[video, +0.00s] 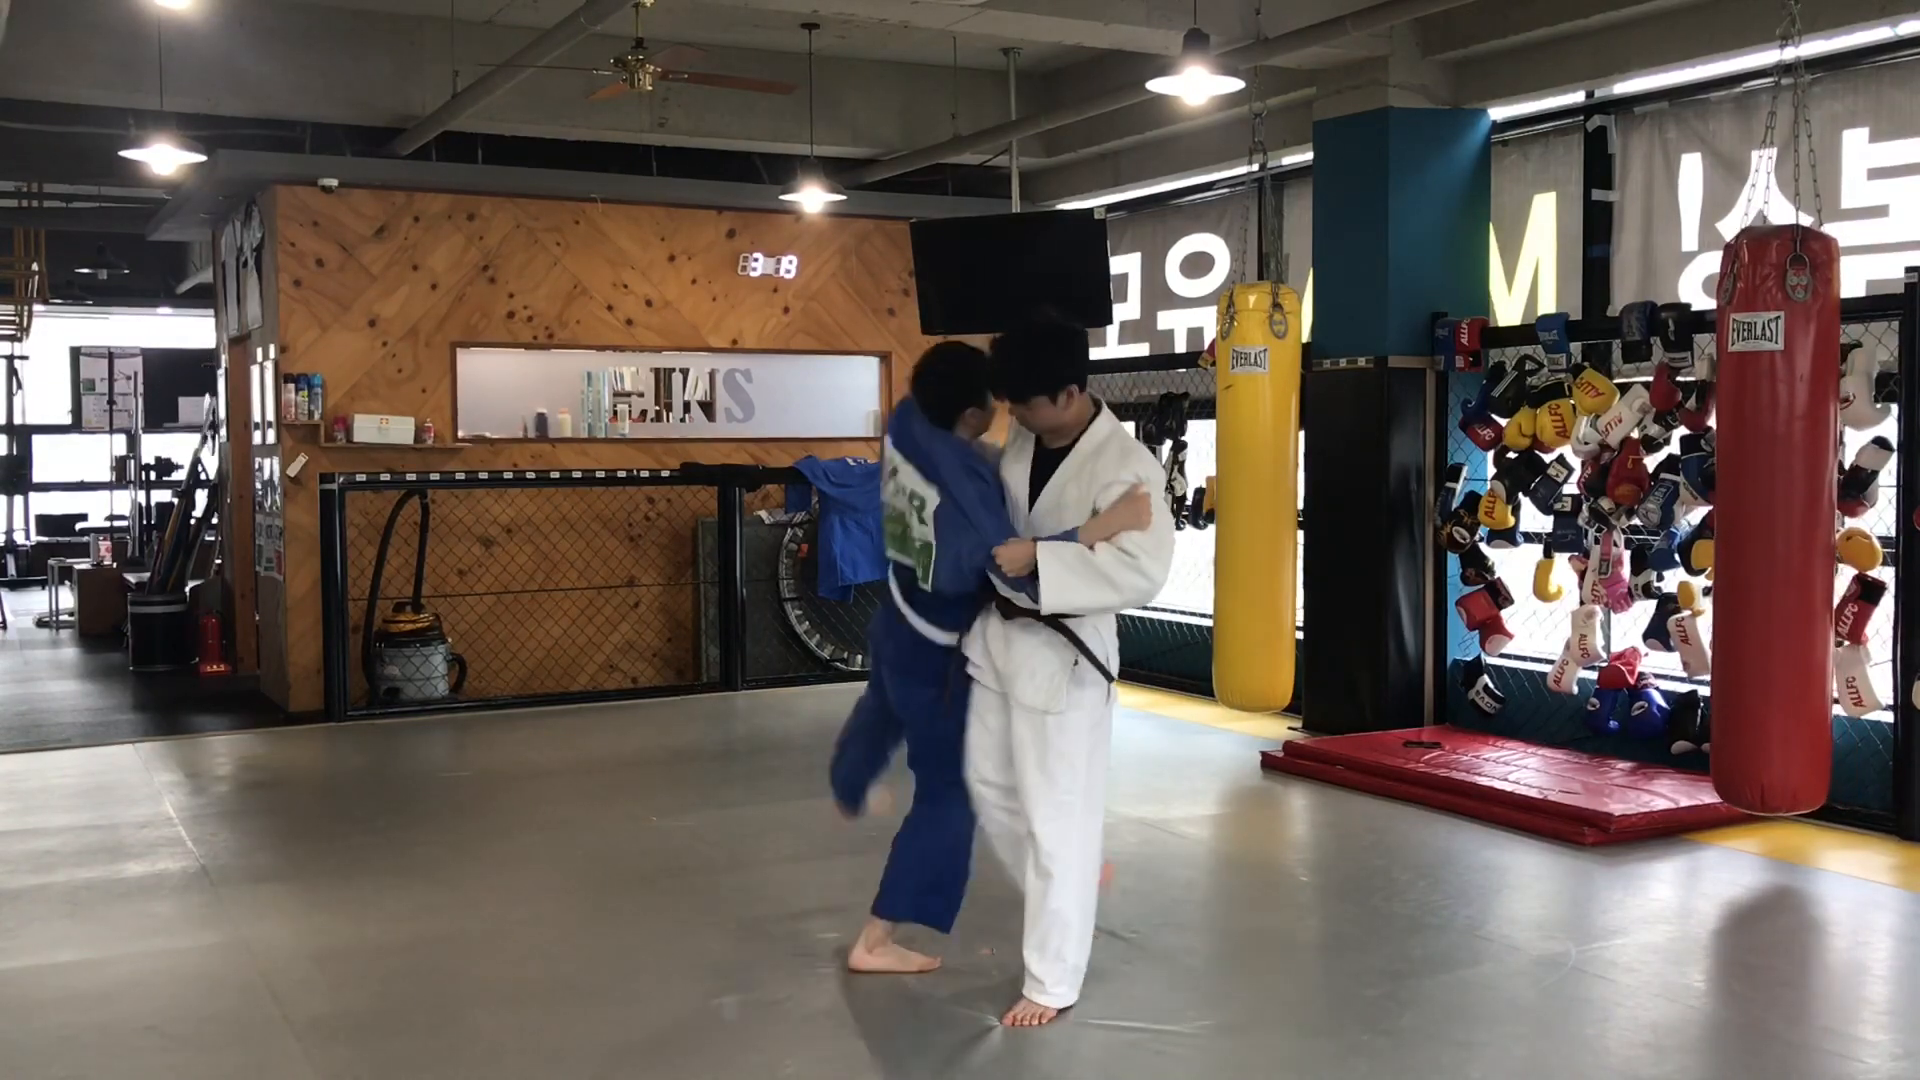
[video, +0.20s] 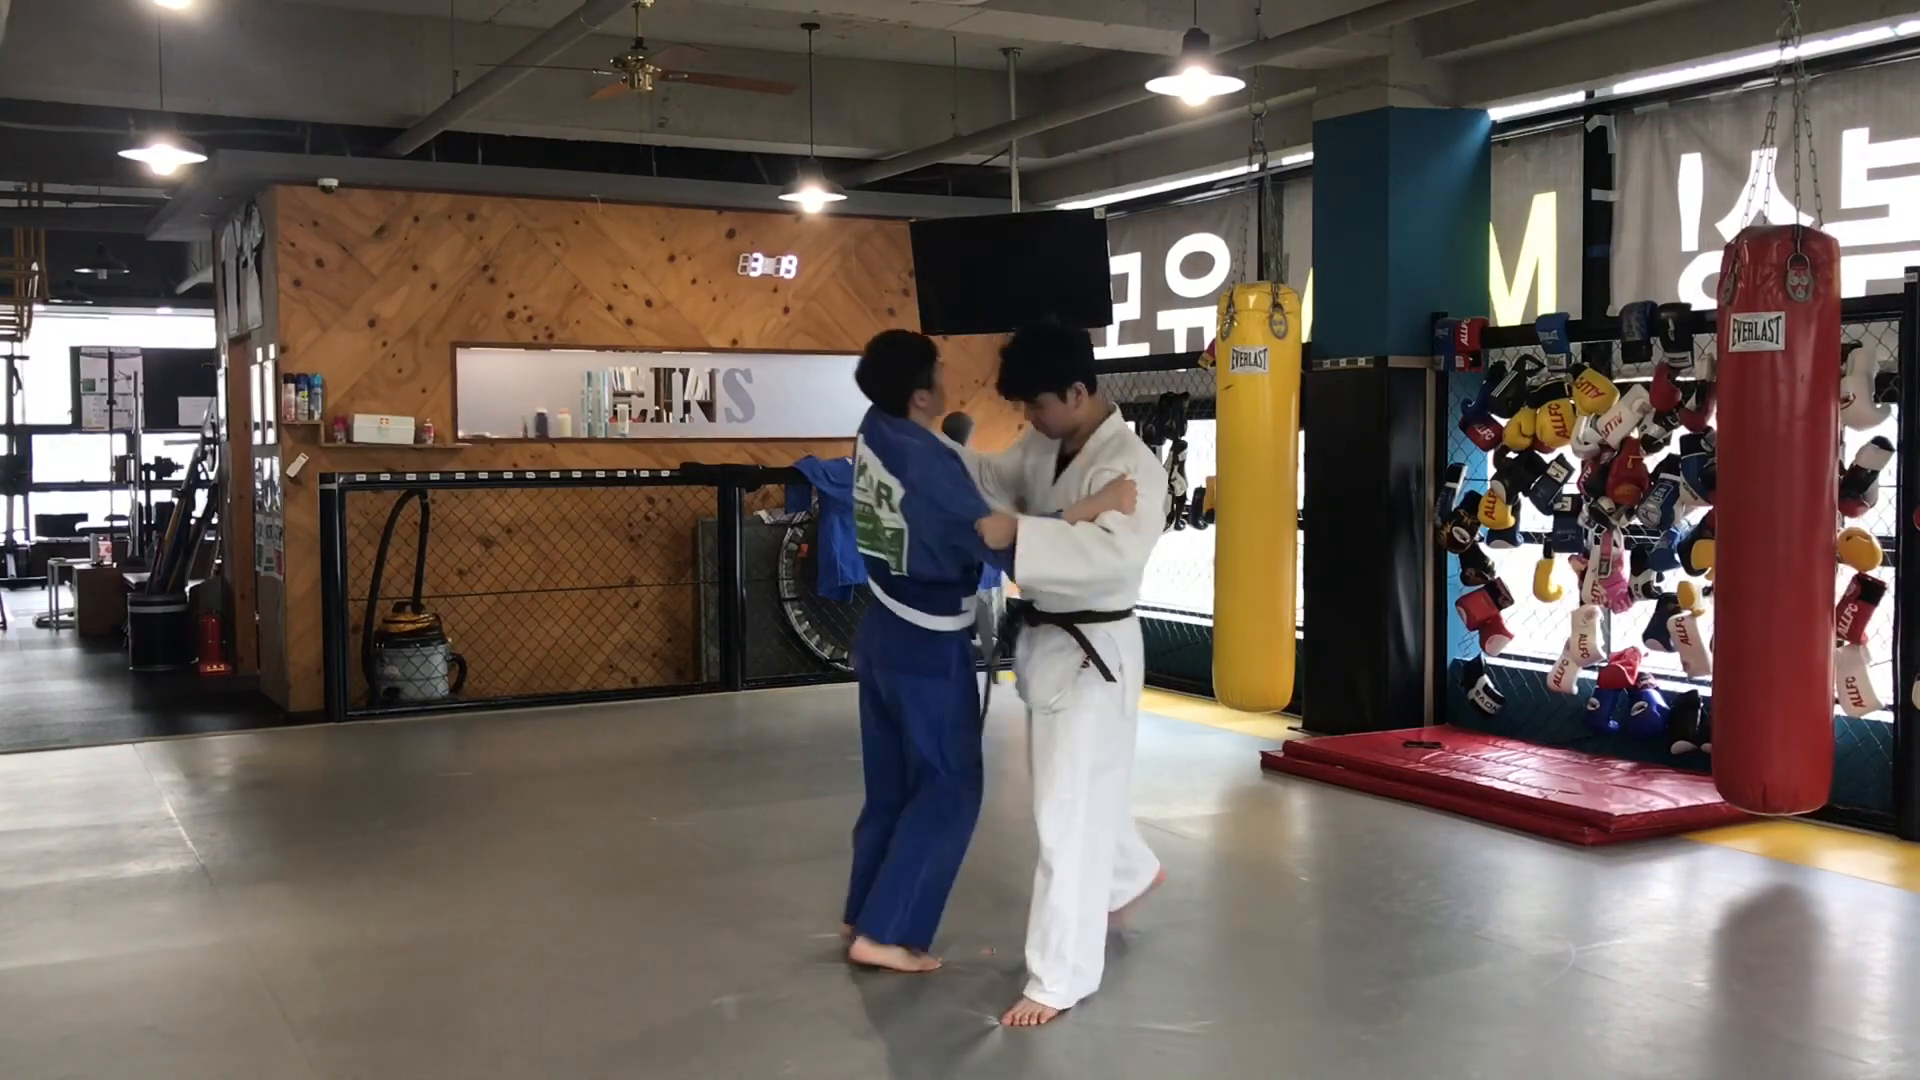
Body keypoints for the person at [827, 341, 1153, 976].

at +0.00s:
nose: (995, 414)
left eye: (996, 405)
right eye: (989, 407)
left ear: (923, 396)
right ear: (971, 415)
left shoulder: (906, 429)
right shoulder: (968, 483)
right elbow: (1004, 560)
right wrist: (1097, 531)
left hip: (894, 620)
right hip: (935, 652)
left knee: (883, 700)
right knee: (944, 789)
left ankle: (849, 783)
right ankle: (878, 936)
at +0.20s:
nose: (947, 384)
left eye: (942, 373)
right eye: (940, 375)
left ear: (887, 391)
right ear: (921, 393)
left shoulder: (877, 435)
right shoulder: (932, 467)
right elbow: (1001, 536)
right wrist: (1088, 512)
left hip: (882, 636)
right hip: (929, 653)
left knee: (893, 785)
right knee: (952, 790)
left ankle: (864, 919)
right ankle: (885, 938)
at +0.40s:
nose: (920, 372)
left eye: (914, 362)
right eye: (912, 364)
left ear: (862, 380)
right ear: (890, 376)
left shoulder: (855, 444)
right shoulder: (917, 456)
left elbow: (961, 491)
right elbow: (998, 510)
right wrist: (1100, 501)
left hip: (858, 634)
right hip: (910, 646)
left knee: (873, 782)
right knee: (940, 788)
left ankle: (862, 923)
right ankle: (905, 939)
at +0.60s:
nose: (919, 363)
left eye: (912, 353)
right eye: (910, 354)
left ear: (860, 373)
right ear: (889, 366)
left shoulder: (852, 438)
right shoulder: (916, 446)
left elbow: (952, 489)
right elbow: (1008, 488)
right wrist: (1112, 476)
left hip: (844, 632)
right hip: (899, 641)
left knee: (853, 780)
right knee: (918, 787)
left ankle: (856, 922)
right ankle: (915, 950)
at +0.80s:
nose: (929, 371)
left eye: (924, 360)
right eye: (923, 361)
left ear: (872, 374)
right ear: (905, 370)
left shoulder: (855, 438)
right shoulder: (924, 451)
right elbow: (1012, 504)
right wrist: (1110, 491)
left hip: (840, 636)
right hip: (897, 644)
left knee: (851, 783)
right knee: (913, 790)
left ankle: (853, 927)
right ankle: (907, 948)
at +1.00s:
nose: (937, 373)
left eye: (932, 361)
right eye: (931, 363)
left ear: (877, 375)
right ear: (911, 372)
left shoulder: (857, 436)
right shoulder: (931, 452)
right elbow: (1022, 506)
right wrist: (1118, 489)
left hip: (843, 635)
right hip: (902, 644)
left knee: (851, 785)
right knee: (917, 792)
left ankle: (855, 926)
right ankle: (912, 950)